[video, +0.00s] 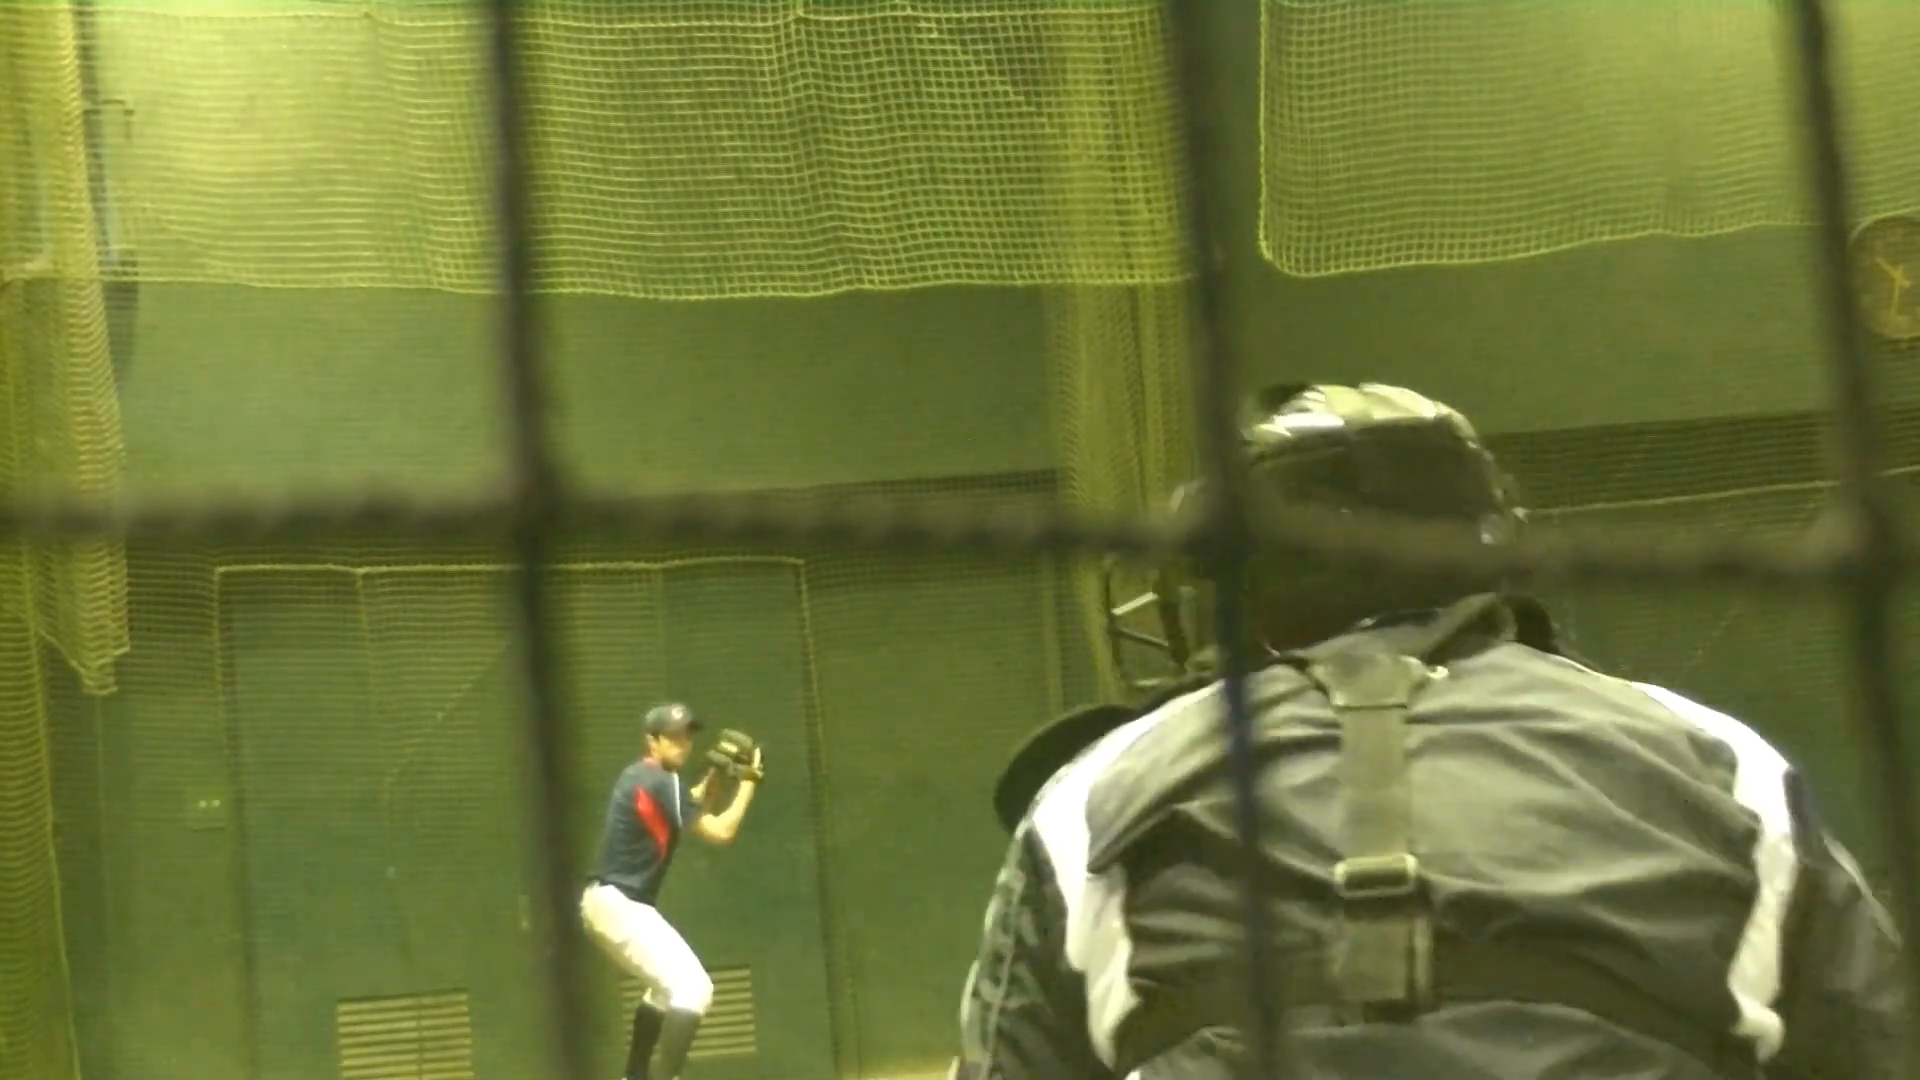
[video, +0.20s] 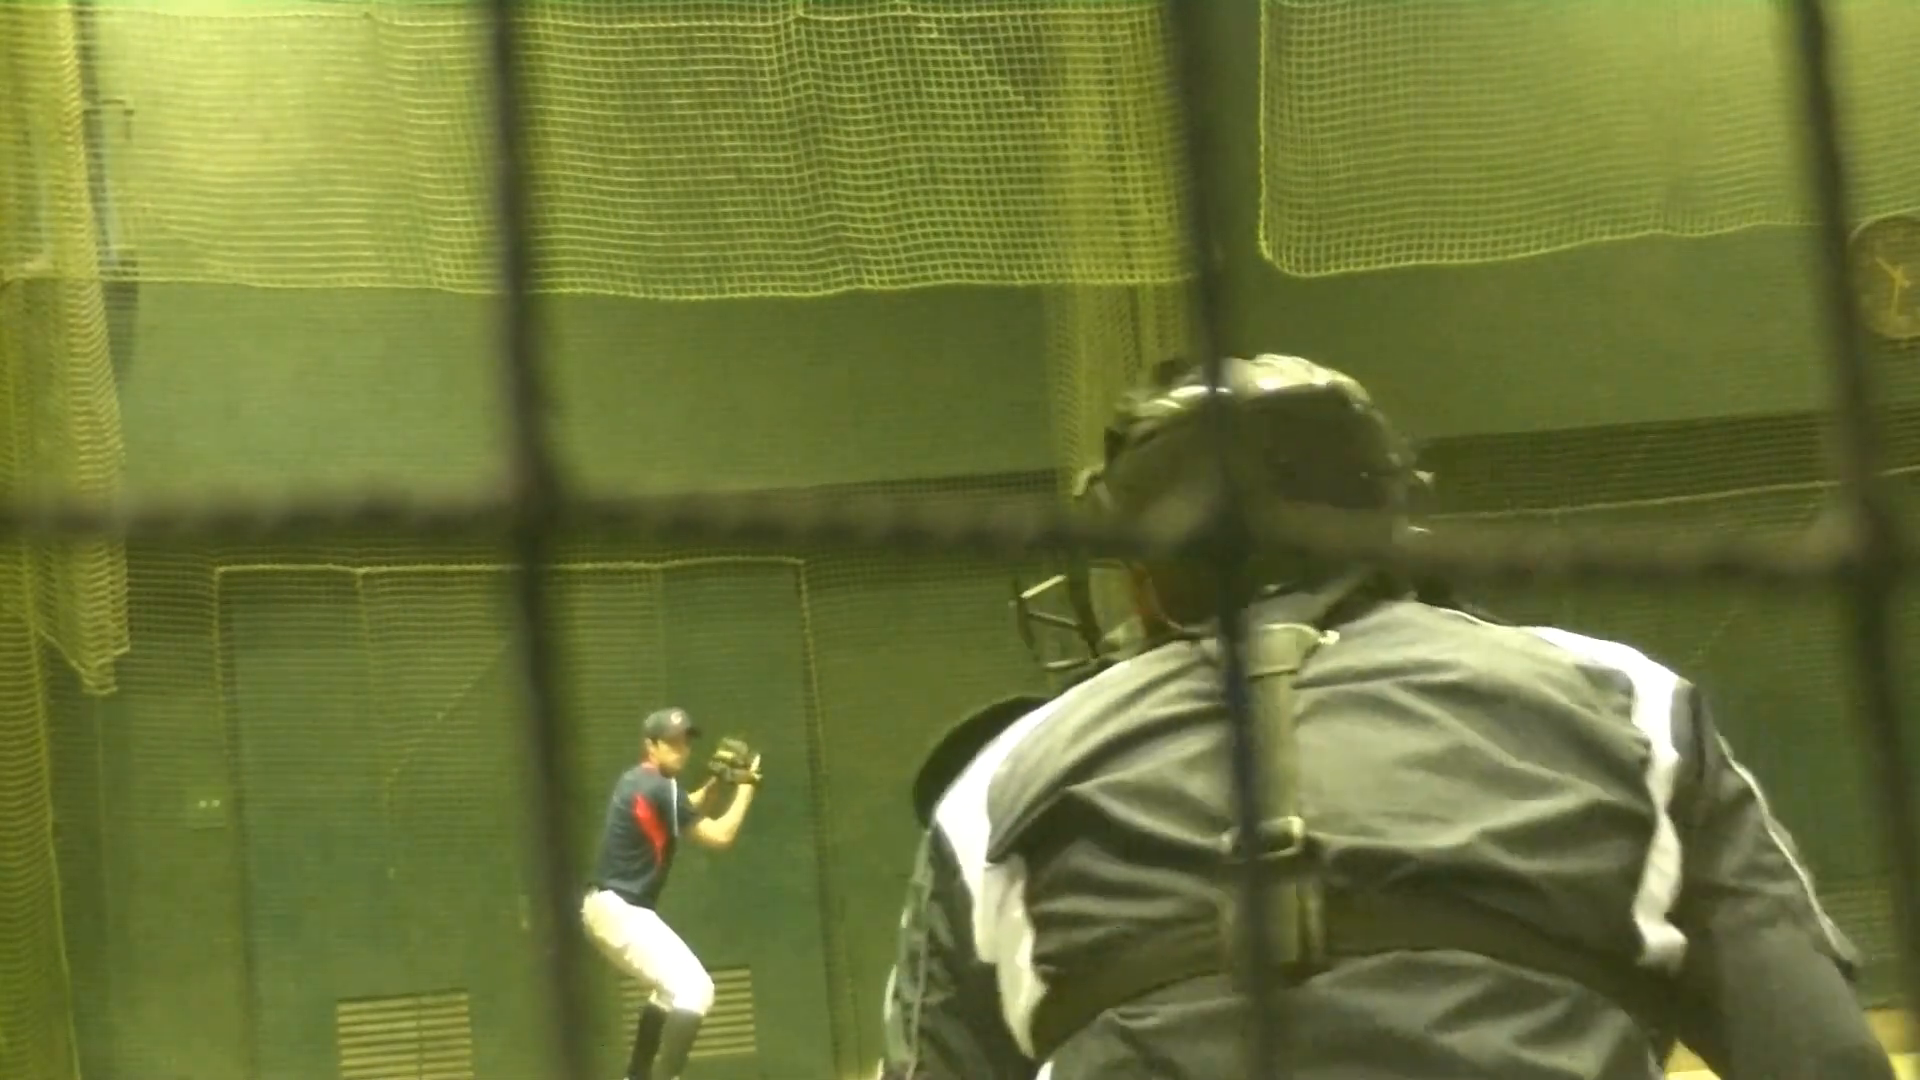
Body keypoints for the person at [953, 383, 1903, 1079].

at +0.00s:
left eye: (1221, 576)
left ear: (1245, 595)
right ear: (1494, 577)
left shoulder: (1087, 799)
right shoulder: (1718, 760)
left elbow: (1009, 1066)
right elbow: (1875, 1041)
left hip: (1215, 1045)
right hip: (1595, 1036)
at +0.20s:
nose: (1124, 602)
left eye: (1129, 574)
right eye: (1128, 569)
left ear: (1156, 586)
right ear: (1391, 543)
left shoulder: (998, 785)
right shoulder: (1626, 704)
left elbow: (936, 1069)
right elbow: (1826, 1059)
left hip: (1132, 1043)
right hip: (1502, 1029)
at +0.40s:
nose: (1007, 606)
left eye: (1003, 579)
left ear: (1041, 596)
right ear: (1282, 519)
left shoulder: (907, 816)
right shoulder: (1519, 664)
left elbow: (886, 1065)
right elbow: (1745, 1008)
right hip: (1467, 1045)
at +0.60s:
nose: (1000, 604)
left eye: (996, 575)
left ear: (1034, 592)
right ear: (1280, 513)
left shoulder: (898, 819)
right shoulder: (1514, 675)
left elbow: (876, 1069)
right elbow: (1757, 1034)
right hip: (1451, 1047)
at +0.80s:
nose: (1042, 625)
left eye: (1042, 593)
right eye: (1030, 589)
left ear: (1087, 611)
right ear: (1322, 550)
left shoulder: (965, 848)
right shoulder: (1592, 724)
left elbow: (910, 1068)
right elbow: (1803, 1055)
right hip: (1529, 1042)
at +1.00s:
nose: (1123, 648)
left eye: (1129, 607)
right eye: (1113, 605)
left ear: (1181, 626)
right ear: (1399, 577)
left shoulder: (1062, 872)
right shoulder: (1708, 760)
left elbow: (985, 1067)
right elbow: (1890, 1023)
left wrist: (925, 1000)